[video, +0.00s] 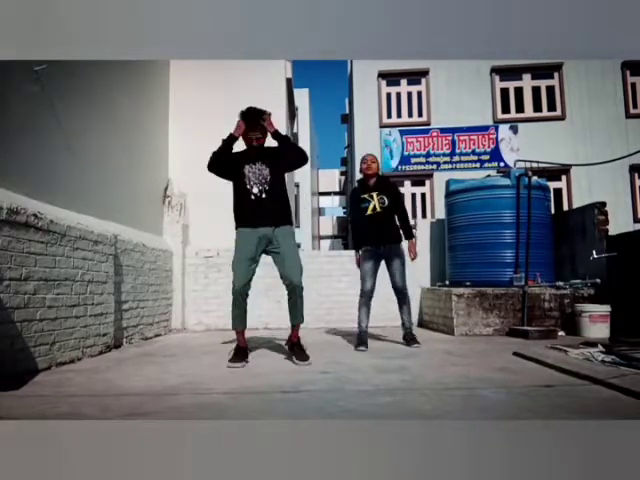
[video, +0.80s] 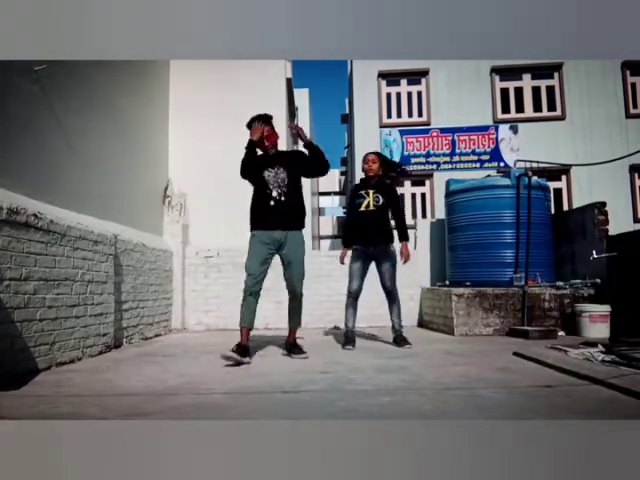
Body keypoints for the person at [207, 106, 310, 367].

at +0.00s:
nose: (256, 140)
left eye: (260, 135)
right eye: (251, 136)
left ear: (267, 134)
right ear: (243, 134)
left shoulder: (277, 155)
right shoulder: (236, 159)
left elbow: (301, 159)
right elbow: (213, 166)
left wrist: (276, 132)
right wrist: (233, 136)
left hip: (281, 229)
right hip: (248, 231)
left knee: (295, 283)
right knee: (239, 286)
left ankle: (295, 340)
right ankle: (241, 344)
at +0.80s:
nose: (267, 141)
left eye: (269, 135)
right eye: (262, 137)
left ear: (275, 134)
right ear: (257, 140)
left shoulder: (293, 158)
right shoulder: (255, 162)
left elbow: (322, 167)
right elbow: (246, 172)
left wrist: (306, 142)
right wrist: (252, 142)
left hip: (292, 232)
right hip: (262, 233)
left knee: (296, 288)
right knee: (251, 285)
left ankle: (292, 340)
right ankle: (244, 343)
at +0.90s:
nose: (269, 147)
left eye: (272, 141)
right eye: (265, 144)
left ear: (280, 140)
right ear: (260, 146)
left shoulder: (297, 164)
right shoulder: (258, 166)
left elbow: (325, 186)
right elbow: (244, 161)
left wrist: (316, 165)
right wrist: (252, 134)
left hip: (294, 236)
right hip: (265, 236)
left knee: (297, 290)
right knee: (252, 287)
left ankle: (292, 341)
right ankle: (246, 344)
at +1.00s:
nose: (270, 149)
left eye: (273, 143)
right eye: (265, 146)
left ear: (281, 142)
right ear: (260, 148)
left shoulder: (299, 166)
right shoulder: (259, 167)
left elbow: (326, 196)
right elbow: (241, 157)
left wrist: (320, 193)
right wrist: (251, 134)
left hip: (293, 237)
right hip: (264, 235)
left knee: (297, 290)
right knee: (247, 279)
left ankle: (292, 340)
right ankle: (249, 335)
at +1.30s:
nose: (264, 139)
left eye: (268, 134)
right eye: (259, 135)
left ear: (275, 135)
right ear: (253, 138)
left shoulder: (291, 164)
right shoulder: (249, 165)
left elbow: (308, 198)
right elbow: (219, 177)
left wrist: (305, 227)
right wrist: (224, 145)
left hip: (289, 234)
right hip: (259, 235)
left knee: (292, 289)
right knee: (248, 288)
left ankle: (291, 340)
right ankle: (245, 342)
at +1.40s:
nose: (264, 138)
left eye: (268, 134)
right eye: (260, 134)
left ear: (275, 136)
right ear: (252, 137)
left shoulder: (287, 168)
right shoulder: (241, 169)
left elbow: (300, 202)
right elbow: (210, 197)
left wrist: (300, 231)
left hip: (285, 237)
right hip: (254, 237)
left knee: (294, 287)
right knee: (245, 288)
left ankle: (291, 337)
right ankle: (244, 342)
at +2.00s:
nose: (269, 130)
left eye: (273, 126)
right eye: (264, 126)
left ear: (279, 128)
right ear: (256, 128)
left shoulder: (292, 159)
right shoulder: (242, 159)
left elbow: (314, 182)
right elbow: (212, 179)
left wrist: (327, 200)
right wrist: (205, 199)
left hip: (285, 236)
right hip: (252, 237)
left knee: (301, 285)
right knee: (242, 289)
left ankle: (306, 340)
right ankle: (240, 341)